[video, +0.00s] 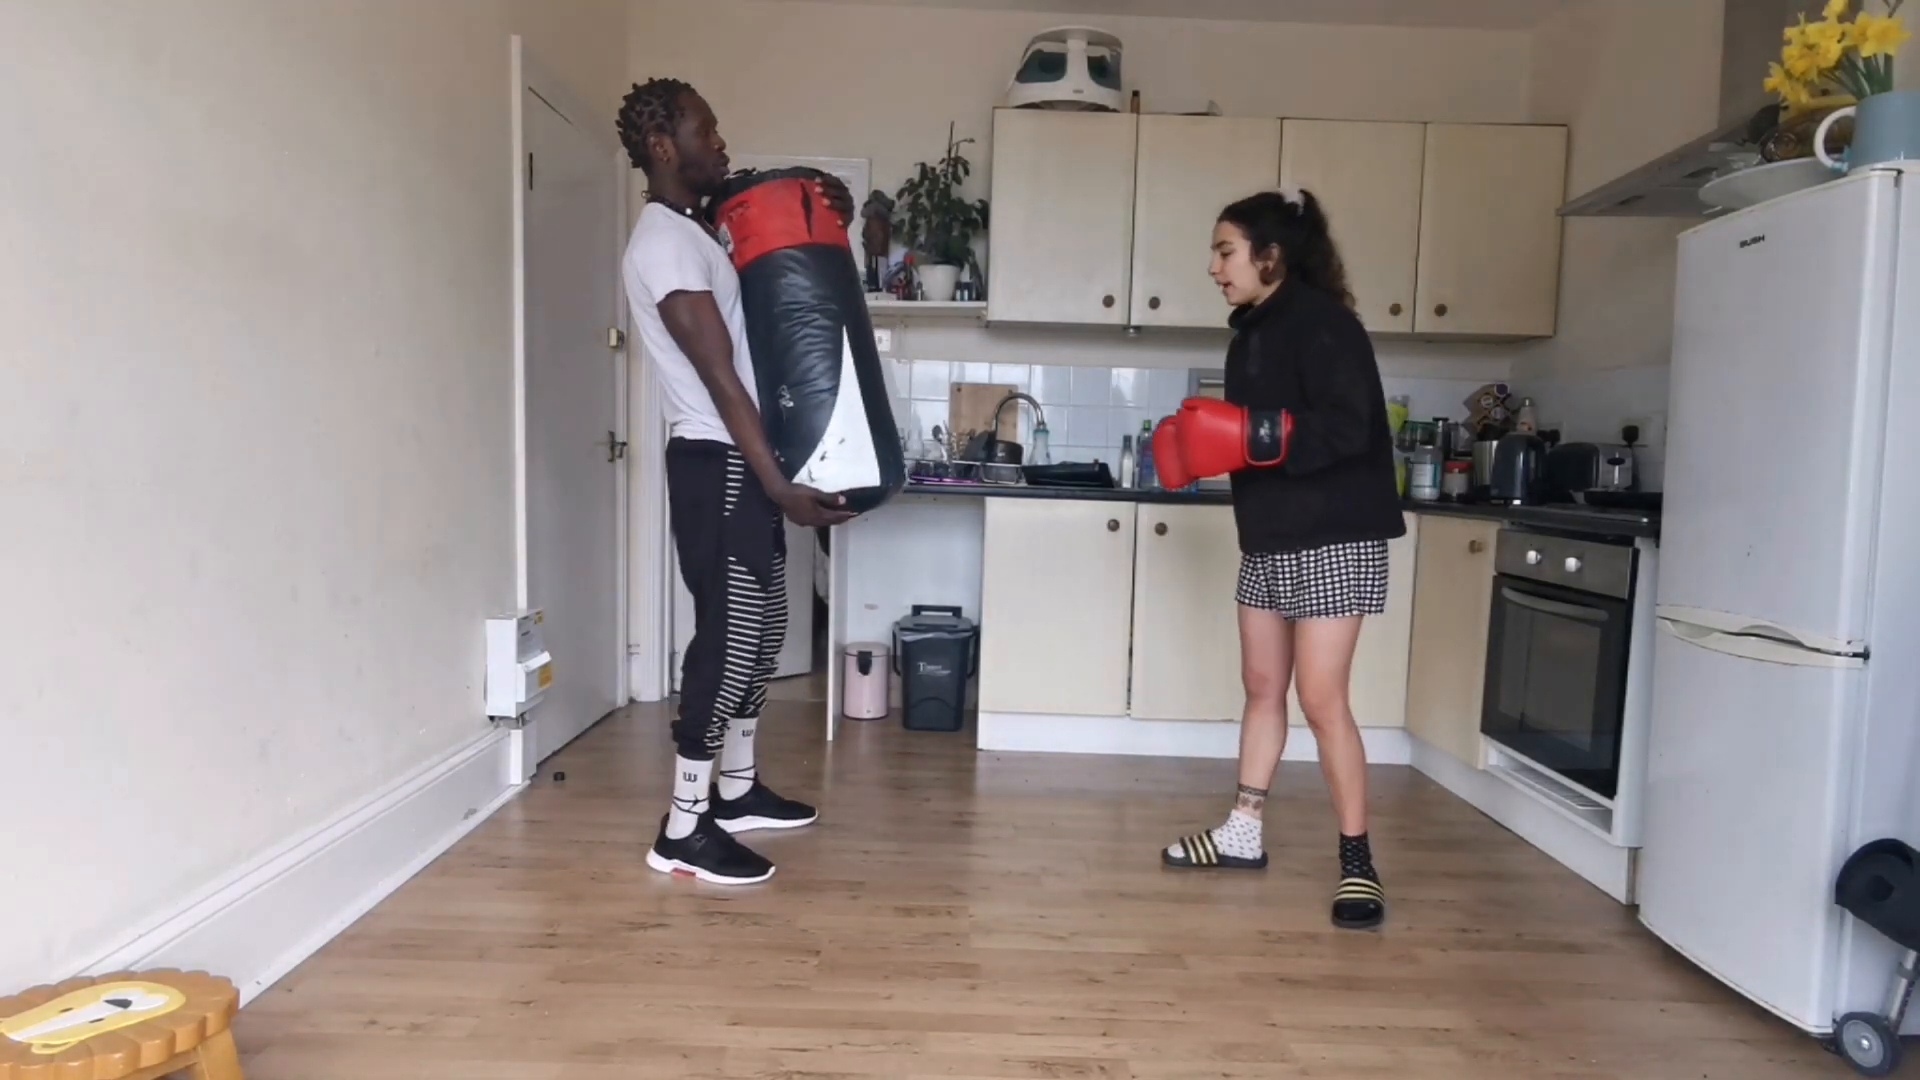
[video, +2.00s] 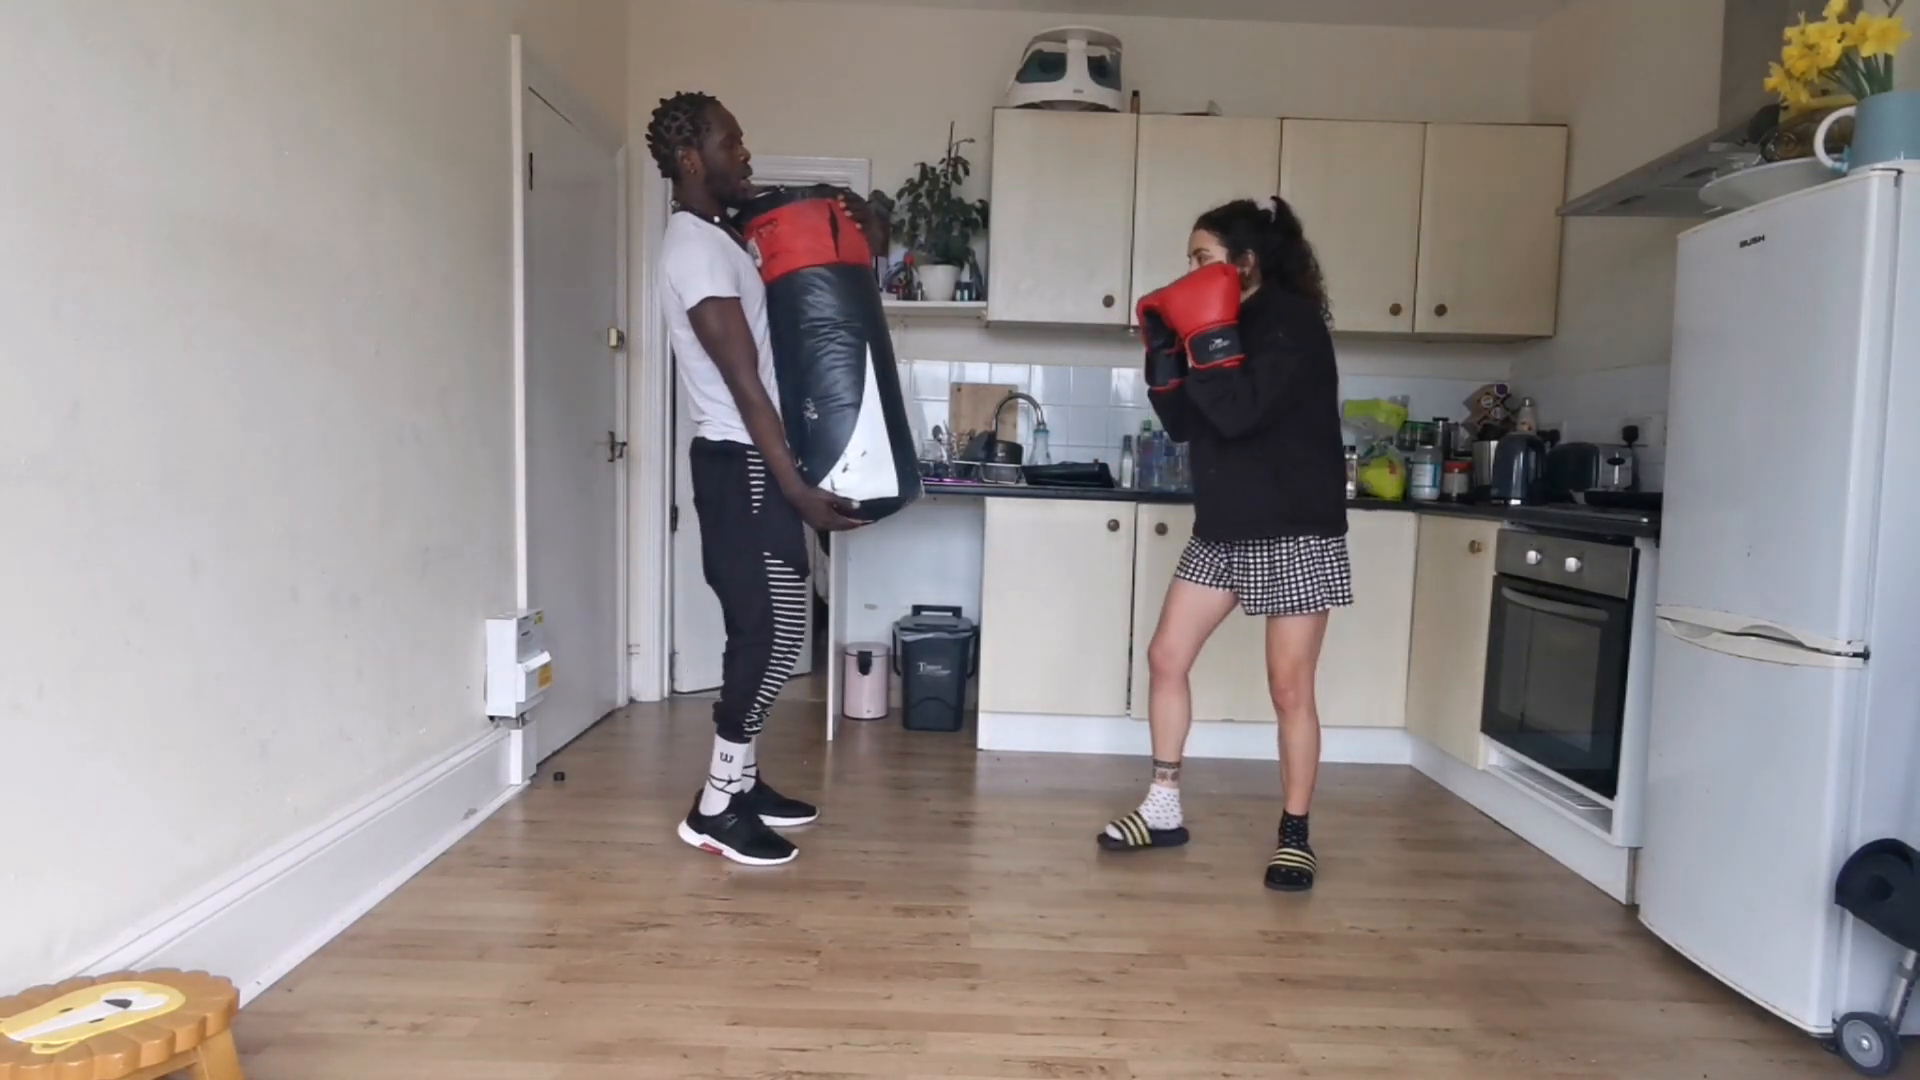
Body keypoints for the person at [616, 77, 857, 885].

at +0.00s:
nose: (720, 144)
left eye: (717, 130)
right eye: (706, 133)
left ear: (671, 145)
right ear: (660, 145)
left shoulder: (703, 231)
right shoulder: (664, 237)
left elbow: (777, 309)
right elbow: (716, 369)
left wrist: (824, 222)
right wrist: (774, 478)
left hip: (745, 452)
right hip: (712, 457)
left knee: (764, 621)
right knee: (728, 627)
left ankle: (735, 792)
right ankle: (683, 826)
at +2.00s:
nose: (746, 155)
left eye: (742, 142)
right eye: (732, 144)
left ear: (696, 158)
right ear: (690, 157)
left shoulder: (721, 238)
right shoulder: (696, 245)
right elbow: (742, 378)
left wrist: (856, 234)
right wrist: (794, 482)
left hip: (756, 456)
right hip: (737, 459)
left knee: (769, 627)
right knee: (778, 633)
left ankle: (738, 782)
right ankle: (718, 803)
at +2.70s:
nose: (727, 145)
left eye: (721, 131)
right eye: (711, 133)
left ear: (673, 150)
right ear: (668, 148)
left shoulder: (698, 235)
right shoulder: (667, 242)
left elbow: (764, 317)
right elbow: (717, 378)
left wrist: (817, 231)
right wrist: (773, 485)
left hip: (735, 450)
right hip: (712, 454)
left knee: (742, 614)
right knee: (730, 619)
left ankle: (720, 776)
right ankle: (710, 811)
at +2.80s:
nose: (724, 148)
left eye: (719, 135)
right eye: (708, 137)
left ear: (671, 153)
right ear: (665, 151)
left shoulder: (695, 236)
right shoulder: (666, 245)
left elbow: (754, 320)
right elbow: (715, 382)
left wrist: (808, 230)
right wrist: (770, 486)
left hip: (732, 452)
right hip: (710, 457)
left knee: (736, 616)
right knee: (733, 620)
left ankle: (720, 775)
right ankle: (709, 812)